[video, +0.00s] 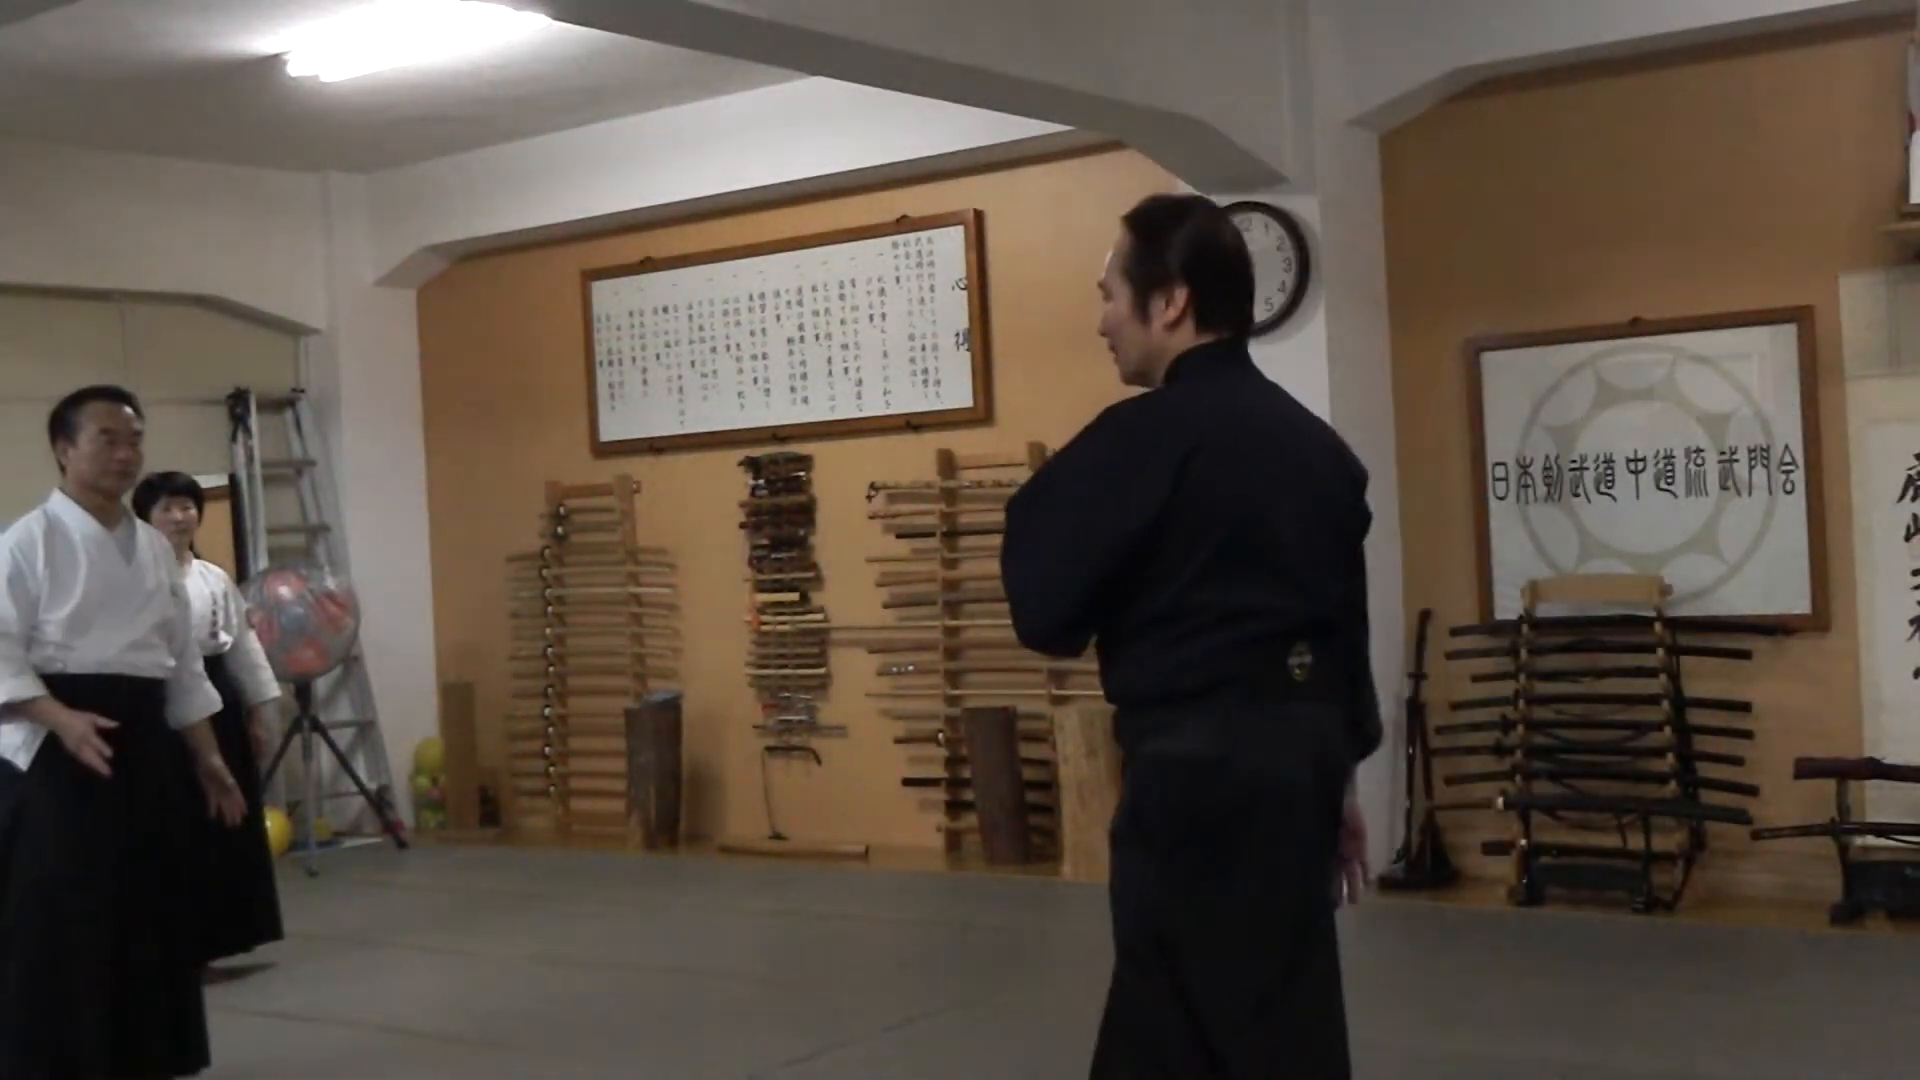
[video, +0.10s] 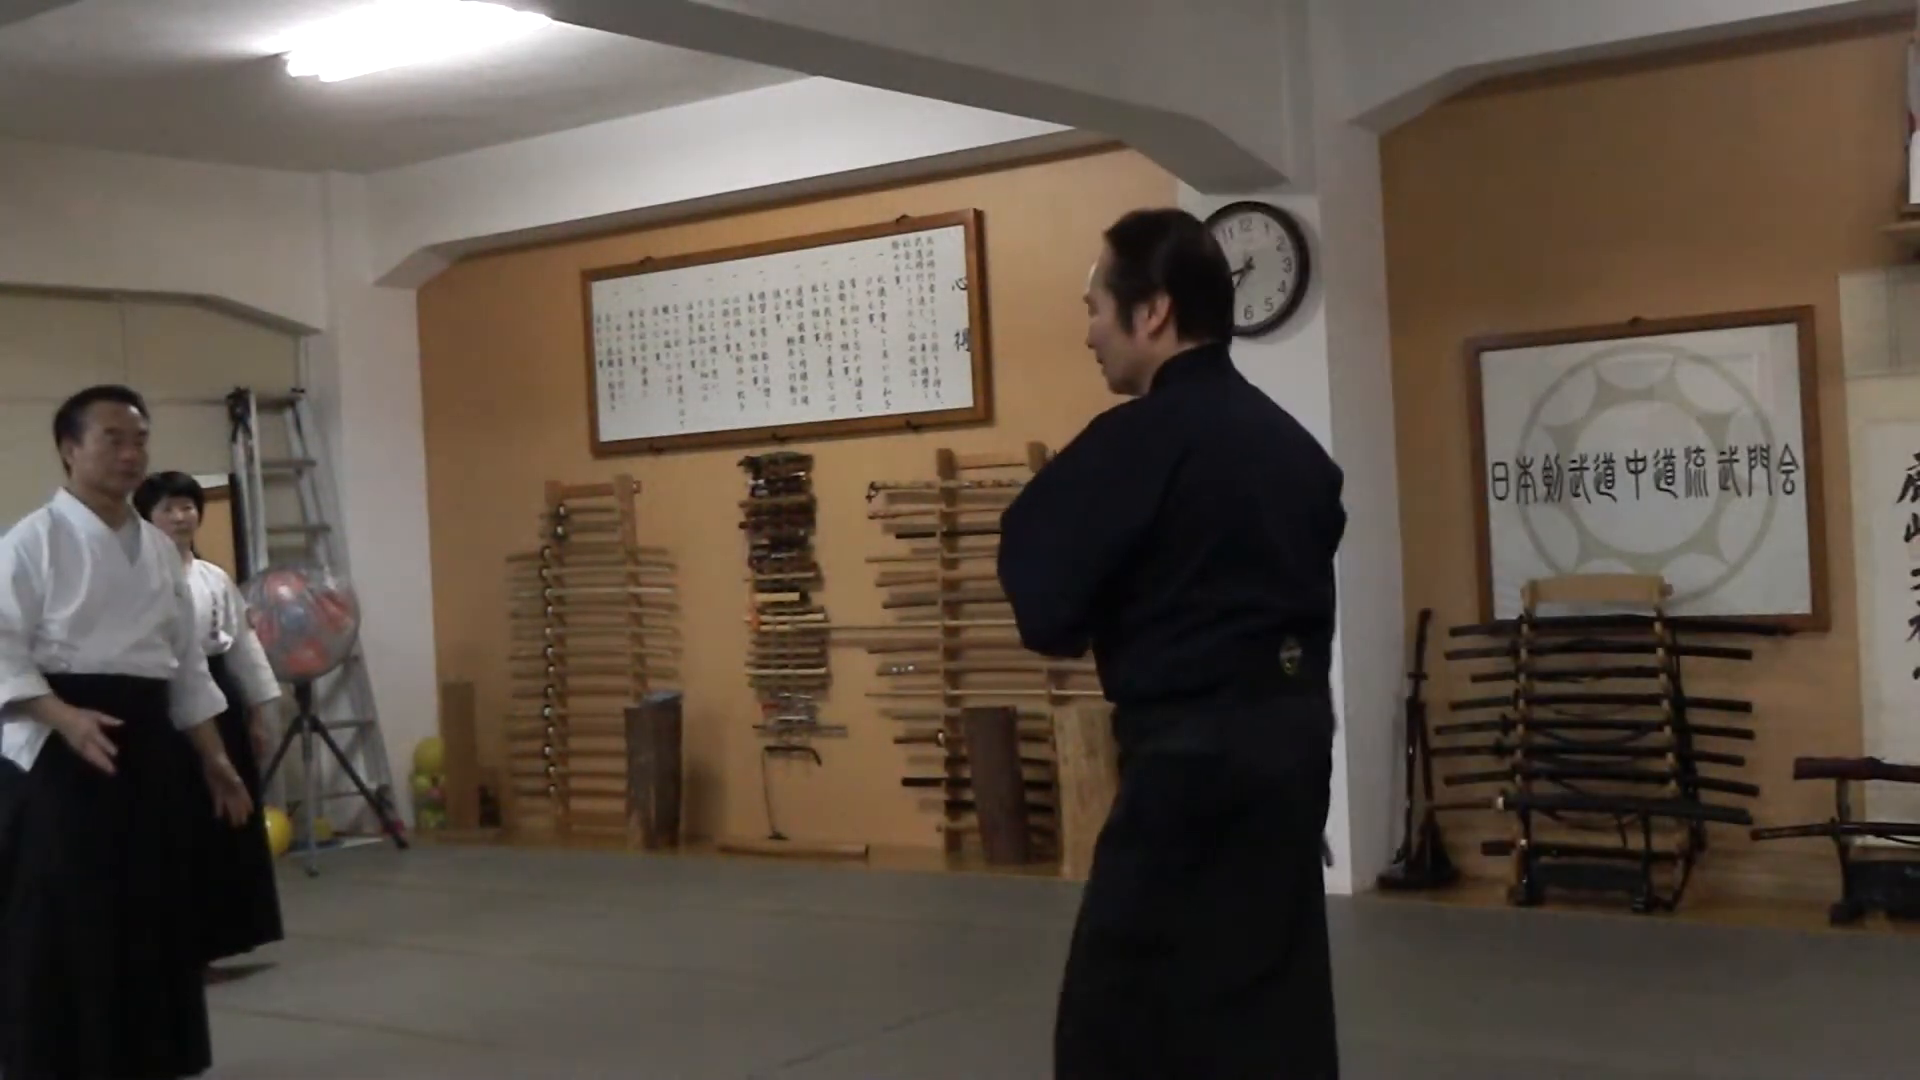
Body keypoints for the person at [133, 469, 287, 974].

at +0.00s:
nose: (180, 515)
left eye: (188, 506)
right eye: (168, 508)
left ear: (199, 516)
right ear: (146, 520)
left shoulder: (215, 579)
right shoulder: (138, 578)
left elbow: (241, 645)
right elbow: (131, 655)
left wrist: (261, 708)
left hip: (215, 699)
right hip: (157, 707)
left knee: (222, 818)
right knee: (169, 823)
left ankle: (217, 941)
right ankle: (179, 945)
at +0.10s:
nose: (182, 516)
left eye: (189, 507)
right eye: (170, 508)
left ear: (200, 517)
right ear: (147, 520)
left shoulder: (214, 579)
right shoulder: (138, 578)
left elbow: (241, 646)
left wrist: (263, 708)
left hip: (216, 703)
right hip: (157, 711)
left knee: (221, 821)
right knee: (168, 826)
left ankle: (216, 942)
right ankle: (178, 946)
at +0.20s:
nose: (183, 516)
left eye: (190, 507)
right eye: (171, 508)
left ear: (201, 518)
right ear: (147, 520)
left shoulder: (215, 580)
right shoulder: (137, 578)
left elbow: (242, 646)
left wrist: (262, 709)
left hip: (216, 703)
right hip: (157, 711)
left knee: (221, 822)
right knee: (168, 827)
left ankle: (215, 943)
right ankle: (177, 946)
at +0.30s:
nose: (183, 516)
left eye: (190, 507)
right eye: (170, 508)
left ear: (201, 517)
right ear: (147, 520)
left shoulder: (216, 579)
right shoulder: (139, 578)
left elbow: (241, 646)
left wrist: (261, 711)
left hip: (216, 699)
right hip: (157, 708)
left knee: (222, 820)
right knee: (168, 824)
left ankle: (218, 941)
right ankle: (178, 946)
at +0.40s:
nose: (184, 516)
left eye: (191, 507)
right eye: (171, 508)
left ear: (202, 517)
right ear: (149, 520)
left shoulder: (217, 580)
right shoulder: (140, 579)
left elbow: (242, 648)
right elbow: (133, 653)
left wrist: (264, 711)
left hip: (215, 707)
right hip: (156, 712)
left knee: (220, 821)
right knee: (167, 827)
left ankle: (216, 942)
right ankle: (176, 946)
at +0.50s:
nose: (183, 517)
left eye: (191, 509)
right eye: (171, 509)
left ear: (202, 519)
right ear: (149, 519)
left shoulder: (217, 581)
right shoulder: (138, 581)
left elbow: (246, 647)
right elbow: (130, 658)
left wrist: (264, 711)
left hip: (214, 719)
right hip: (154, 722)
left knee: (218, 830)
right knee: (164, 838)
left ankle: (213, 938)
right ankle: (171, 943)